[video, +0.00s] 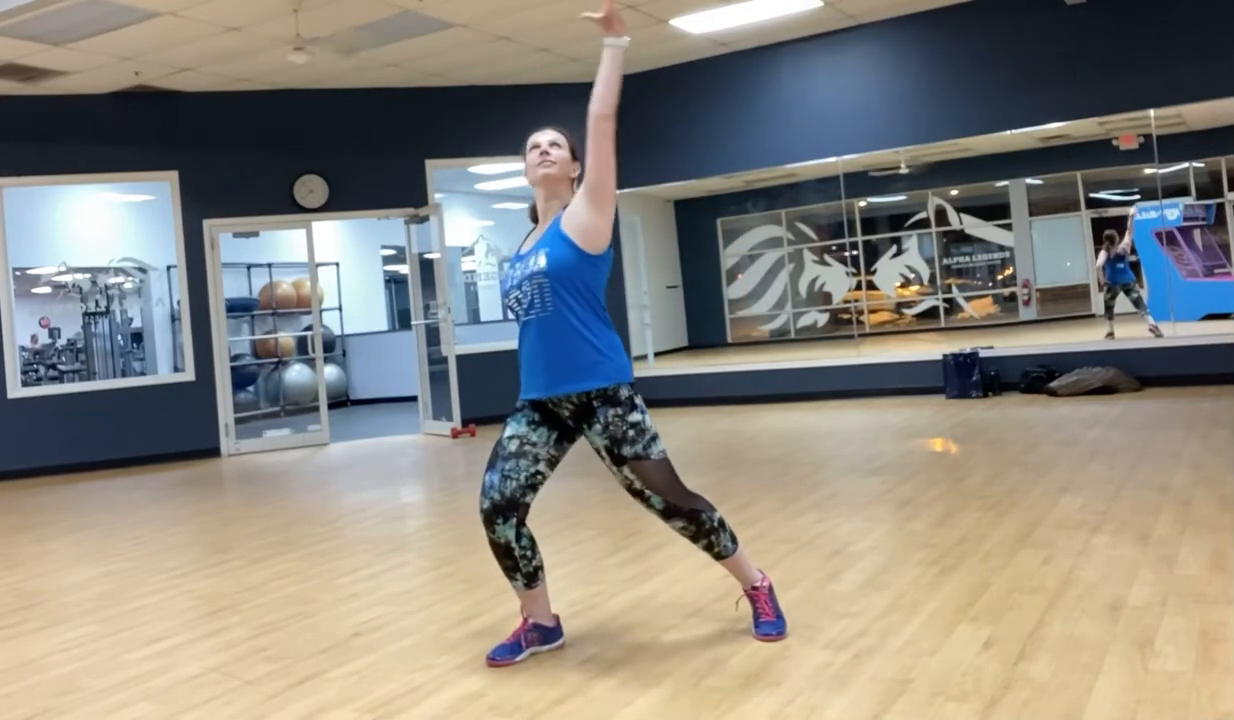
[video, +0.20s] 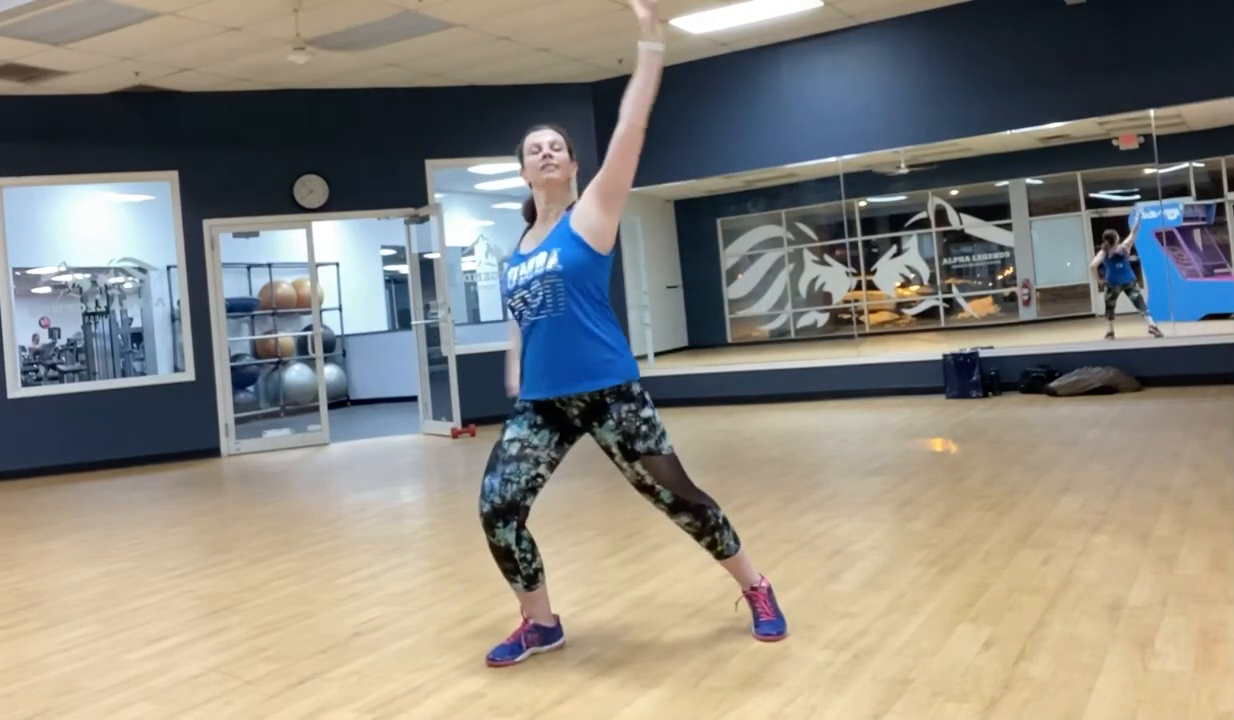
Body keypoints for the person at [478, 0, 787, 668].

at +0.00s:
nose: (543, 151)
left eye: (553, 146)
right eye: (533, 149)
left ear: (574, 163)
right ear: (525, 173)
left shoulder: (589, 214)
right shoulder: (528, 241)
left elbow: (602, 117)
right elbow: (538, 319)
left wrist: (614, 38)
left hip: (604, 396)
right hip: (540, 404)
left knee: (669, 502)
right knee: (498, 506)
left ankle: (755, 585)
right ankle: (540, 621)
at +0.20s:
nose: (548, 152)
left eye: (556, 146)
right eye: (536, 149)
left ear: (573, 162)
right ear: (522, 172)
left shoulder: (592, 212)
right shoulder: (521, 248)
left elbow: (631, 123)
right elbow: (517, 325)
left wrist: (651, 36)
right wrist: (516, 383)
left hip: (610, 394)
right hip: (541, 404)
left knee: (676, 497)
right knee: (498, 508)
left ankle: (755, 589)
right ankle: (539, 621)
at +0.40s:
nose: (550, 157)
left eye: (557, 147)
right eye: (537, 150)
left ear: (572, 153)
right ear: (521, 163)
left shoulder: (598, 200)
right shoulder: (500, 230)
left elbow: (657, 132)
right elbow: (439, 268)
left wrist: (697, 61)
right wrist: (397, 311)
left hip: (614, 376)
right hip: (540, 389)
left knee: (677, 486)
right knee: (507, 501)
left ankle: (746, 590)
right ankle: (540, 621)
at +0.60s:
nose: (564, 157)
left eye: (572, 146)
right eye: (552, 150)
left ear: (590, 137)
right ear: (537, 151)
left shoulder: (625, 177)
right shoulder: (522, 200)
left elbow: (700, 145)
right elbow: (432, 196)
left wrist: (770, 127)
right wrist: (346, 177)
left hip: (639, 362)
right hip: (562, 372)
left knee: (679, 472)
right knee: (527, 490)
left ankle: (673, 603)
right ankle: (519, 606)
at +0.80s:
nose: (608, 189)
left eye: (616, 176)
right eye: (595, 181)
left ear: (630, 168)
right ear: (577, 179)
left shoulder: (653, 208)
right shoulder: (565, 224)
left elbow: (692, 236)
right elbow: (476, 222)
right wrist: (386, 202)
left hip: (656, 386)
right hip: (592, 390)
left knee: (706, 488)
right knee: (538, 507)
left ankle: (672, 608)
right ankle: (451, 614)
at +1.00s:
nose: (631, 196)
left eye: (637, 183)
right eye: (617, 189)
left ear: (646, 177)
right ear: (596, 192)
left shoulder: (647, 229)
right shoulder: (592, 248)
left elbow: (640, 300)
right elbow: (553, 326)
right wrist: (508, 388)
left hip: (659, 398)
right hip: (601, 404)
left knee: (712, 493)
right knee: (545, 510)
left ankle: (671, 608)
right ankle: (442, 610)